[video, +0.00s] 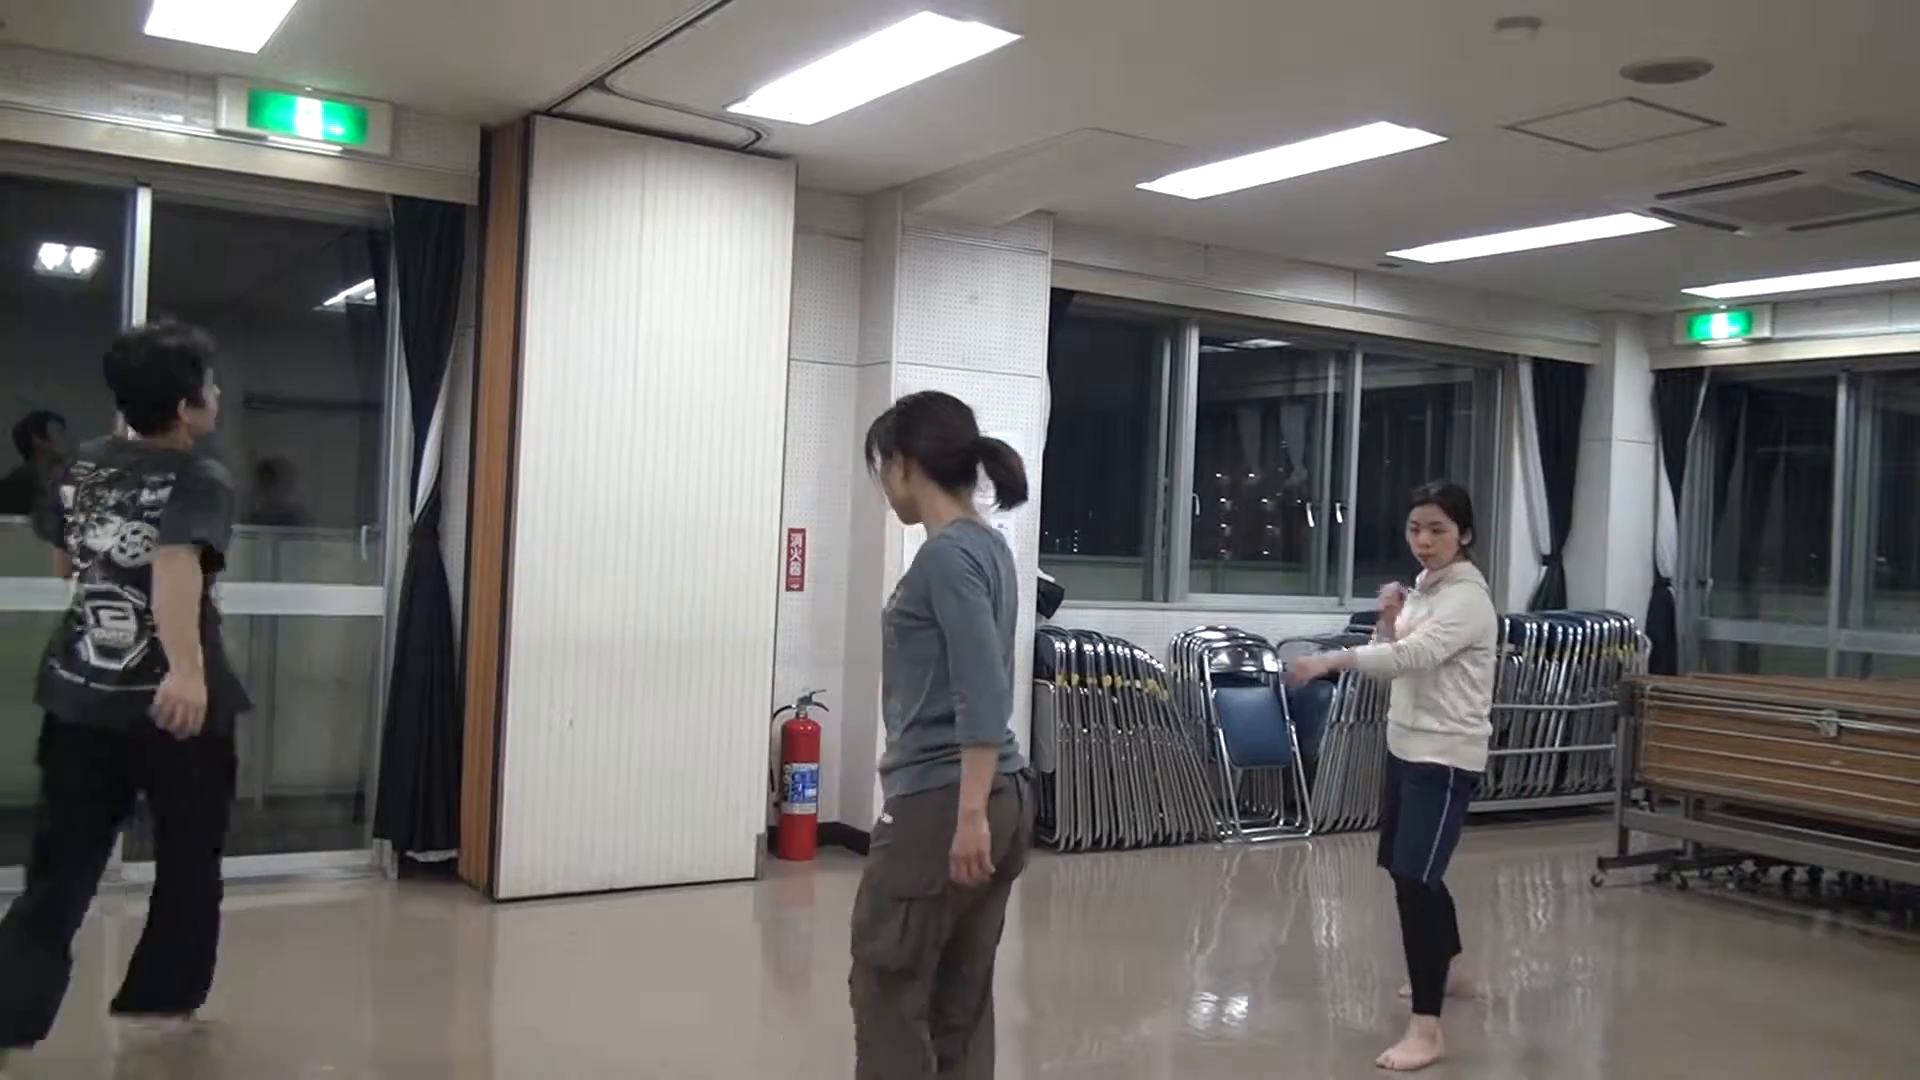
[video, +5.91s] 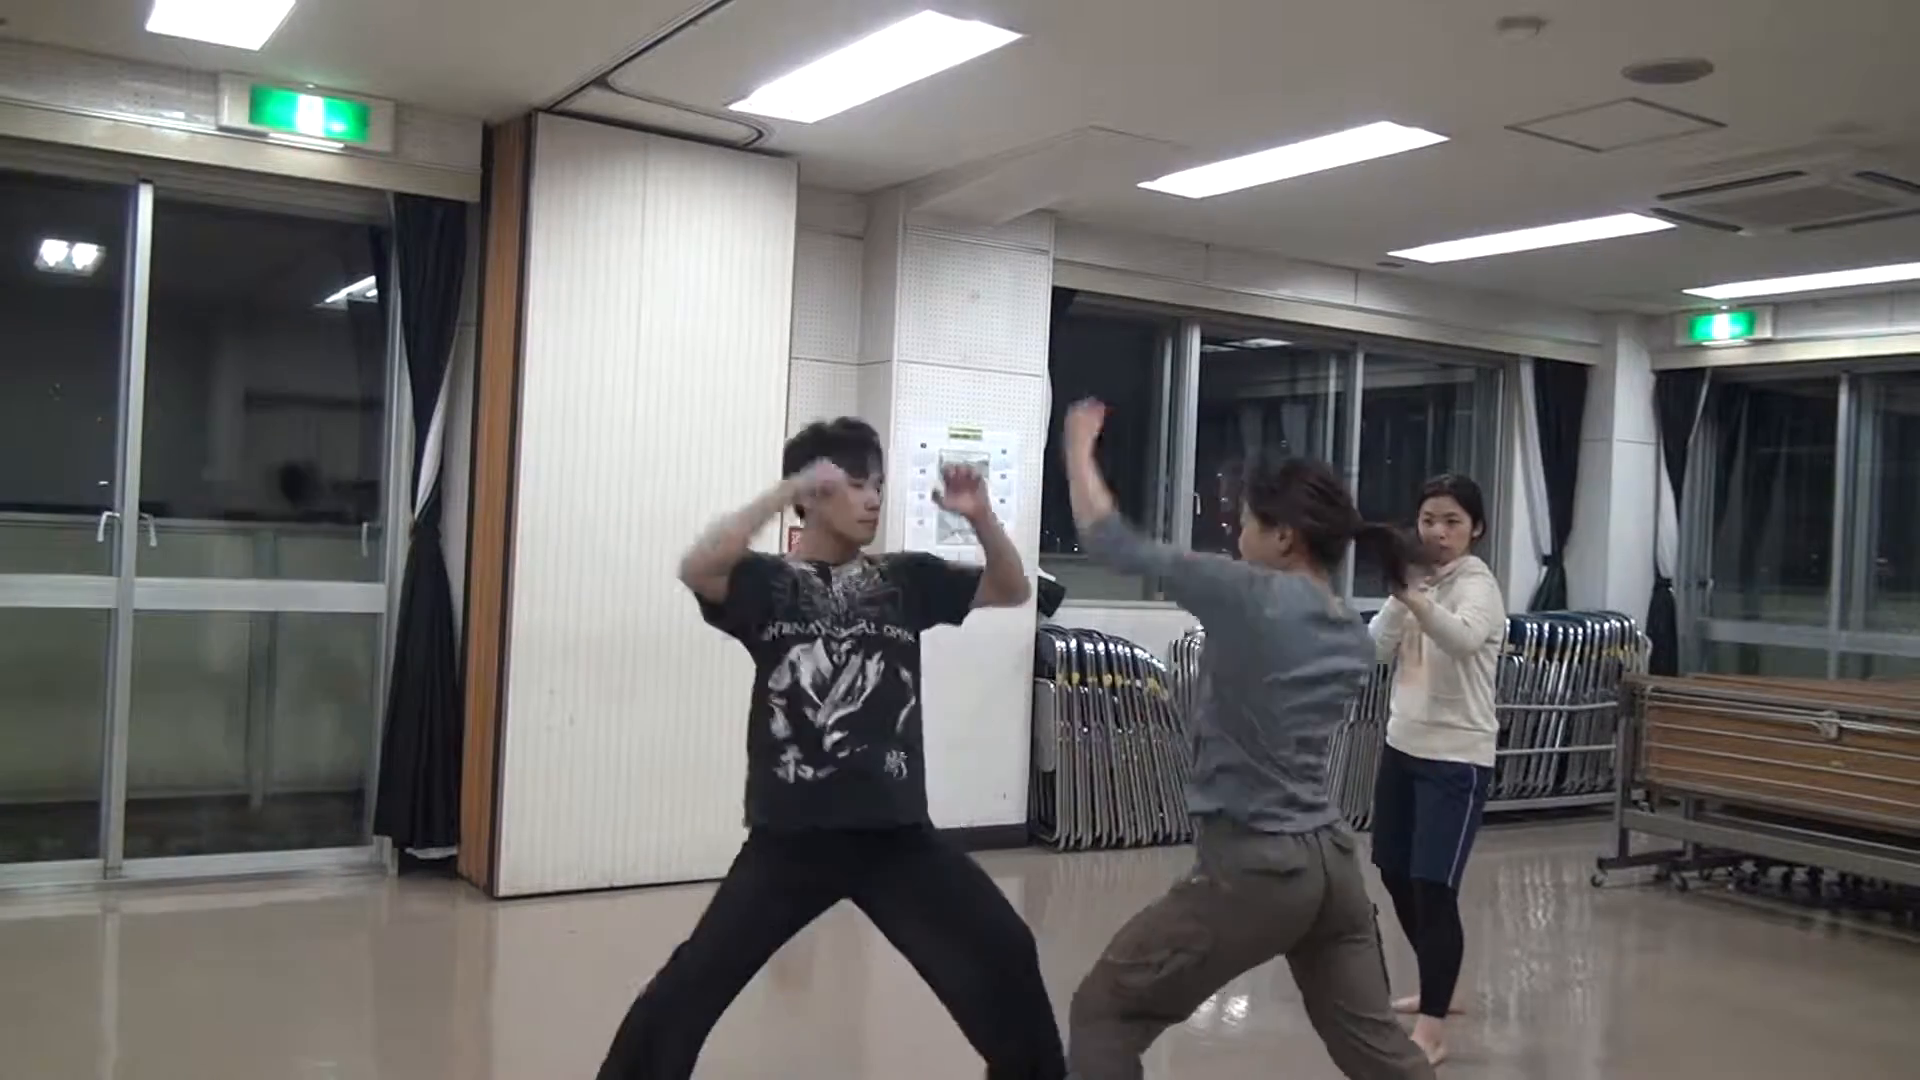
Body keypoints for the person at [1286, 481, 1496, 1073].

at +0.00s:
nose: (1423, 540)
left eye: (1435, 529)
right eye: (1415, 530)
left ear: (1462, 535)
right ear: (1409, 534)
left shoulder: (1467, 595)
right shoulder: (1423, 588)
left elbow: (1420, 654)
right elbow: (1402, 661)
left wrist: (1331, 662)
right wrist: (1391, 624)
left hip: (1444, 757)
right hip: (1407, 750)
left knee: (1416, 877)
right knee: (1398, 860)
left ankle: (1426, 1029)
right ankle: (1447, 968)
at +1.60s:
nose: (1436, 524)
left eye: (1450, 515)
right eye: (1429, 513)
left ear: (1476, 525)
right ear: (1419, 521)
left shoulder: (1479, 583)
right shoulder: (1420, 580)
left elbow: (1447, 631)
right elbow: (1372, 643)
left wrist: (1389, 588)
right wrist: (1403, 587)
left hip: (1451, 757)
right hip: (1405, 749)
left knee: (1426, 887)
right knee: (1391, 865)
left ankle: (1429, 1033)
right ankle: (1437, 991)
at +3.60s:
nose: (1433, 524)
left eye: (1447, 514)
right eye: (1426, 514)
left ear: (1475, 523)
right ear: (1418, 521)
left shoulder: (1477, 581)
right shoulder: (1422, 580)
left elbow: (1440, 630)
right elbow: (1375, 644)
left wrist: (1380, 588)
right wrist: (1404, 588)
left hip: (1447, 754)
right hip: (1406, 747)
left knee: (1425, 882)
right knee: (1409, 872)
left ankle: (1426, 1033)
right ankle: (1443, 988)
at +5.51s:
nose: (1439, 531)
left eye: (1452, 521)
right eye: (1430, 520)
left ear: (1475, 528)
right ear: (1419, 524)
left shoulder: (1479, 582)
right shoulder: (1416, 582)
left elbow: (1461, 637)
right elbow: (1372, 648)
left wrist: (1405, 593)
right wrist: (1404, 591)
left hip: (1456, 758)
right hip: (1408, 752)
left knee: (1429, 887)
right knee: (1390, 864)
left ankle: (1428, 1034)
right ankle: (1437, 986)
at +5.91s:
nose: (1439, 531)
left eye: (1452, 521)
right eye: (1429, 521)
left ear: (1474, 529)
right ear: (1417, 527)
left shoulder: (1480, 583)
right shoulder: (1414, 584)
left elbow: (1467, 639)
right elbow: (1377, 649)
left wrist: (1418, 599)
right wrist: (1402, 601)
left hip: (1456, 757)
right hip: (1402, 748)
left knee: (1434, 888)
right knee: (1394, 871)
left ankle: (1431, 1028)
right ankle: (1438, 982)